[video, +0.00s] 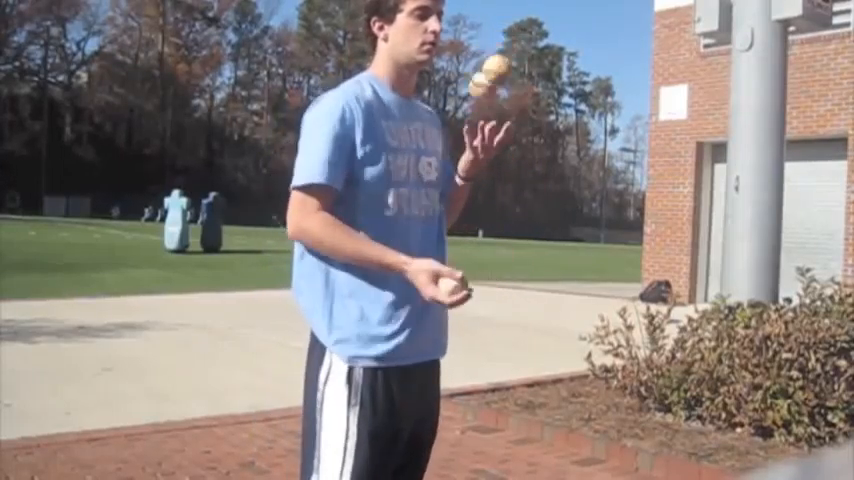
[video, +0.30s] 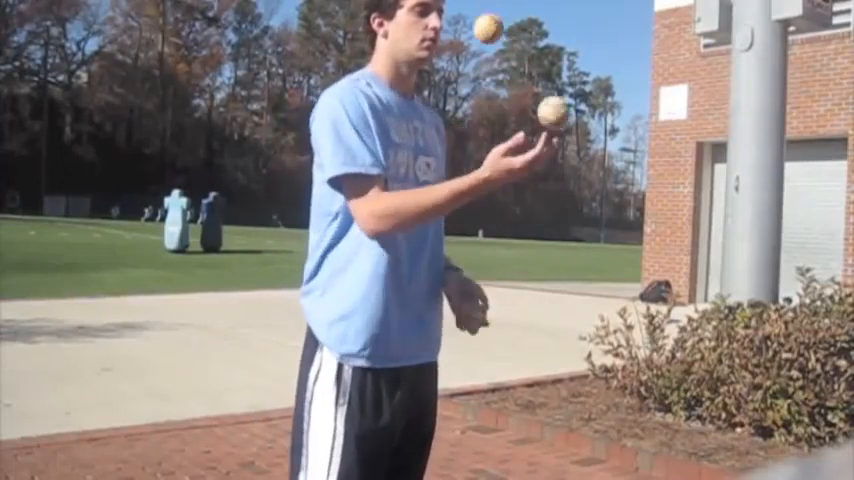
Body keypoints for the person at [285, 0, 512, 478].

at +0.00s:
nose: (436, 28)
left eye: (439, 17)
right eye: (421, 14)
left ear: (440, 29)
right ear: (381, 27)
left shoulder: (431, 121)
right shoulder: (340, 109)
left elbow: (436, 221)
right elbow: (303, 220)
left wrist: (467, 171)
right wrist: (407, 265)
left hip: (421, 350)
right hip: (356, 353)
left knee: (405, 471)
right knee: (345, 471)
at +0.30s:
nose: (436, 23)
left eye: (439, 13)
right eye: (422, 11)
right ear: (381, 23)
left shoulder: (430, 120)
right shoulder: (346, 101)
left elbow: (409, 230)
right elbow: (373, 215)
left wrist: (450, 277)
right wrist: (486, 176)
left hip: (416, 352)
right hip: (350, 352)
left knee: (402, 472)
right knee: (336, 472)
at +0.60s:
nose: (438, 21)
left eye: (440, 12)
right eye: (423, 10)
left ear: (440, 25)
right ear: (382, 22)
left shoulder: (436, 120)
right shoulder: (342, 102)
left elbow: (446, 229)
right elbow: (290, 210)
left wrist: (477, 183)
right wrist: (396, 239)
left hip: (420, 354)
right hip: (352, 355)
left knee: (405, 472)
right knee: (339, 472)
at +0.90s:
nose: (437, 14)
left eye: (439, 6)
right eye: (422, 5)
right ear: (382, 22)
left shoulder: (413, 109)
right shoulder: (361, 102)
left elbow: (409, 214)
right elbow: (392, 226)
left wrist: (458, 204)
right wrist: (508, 241)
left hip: (416, 351)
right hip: (361, 354)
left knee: (403, 471)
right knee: (344, 471)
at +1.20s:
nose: (442, 12)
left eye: (442, 5)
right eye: (425, 4)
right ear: (386, 22)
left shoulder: (422, 113)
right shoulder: (355, 101)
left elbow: (407, 219)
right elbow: (327, 215)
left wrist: (456, 221)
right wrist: (436, 184)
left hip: (422, 346)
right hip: (367, 348)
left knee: (407, 469)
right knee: (355, 469)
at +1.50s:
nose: (418, 17)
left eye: (420, 9)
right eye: (401, 8)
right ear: (365, 28)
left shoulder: (423, 124)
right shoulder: (330, 109)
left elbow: (437, 224)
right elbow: (271, 215)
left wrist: (451, 203)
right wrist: (374, 260)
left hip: (423, 349)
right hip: (361, 353)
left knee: (411, 469)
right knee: (362, 471)